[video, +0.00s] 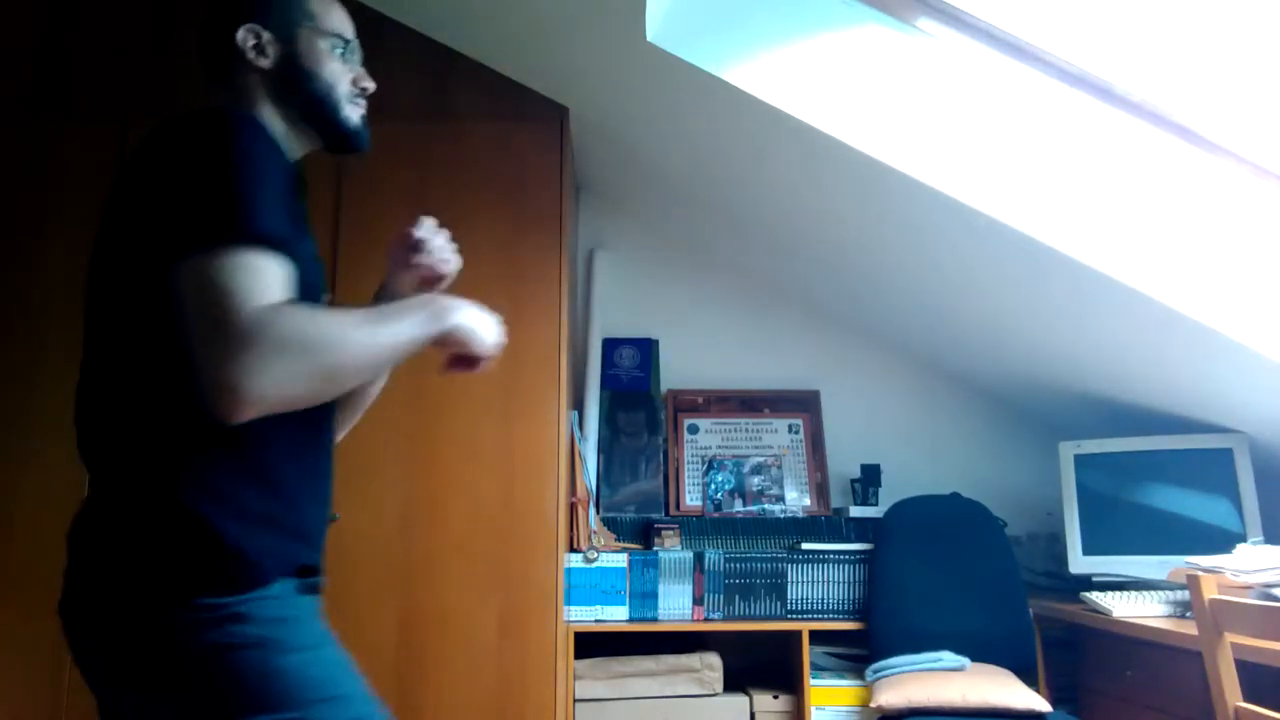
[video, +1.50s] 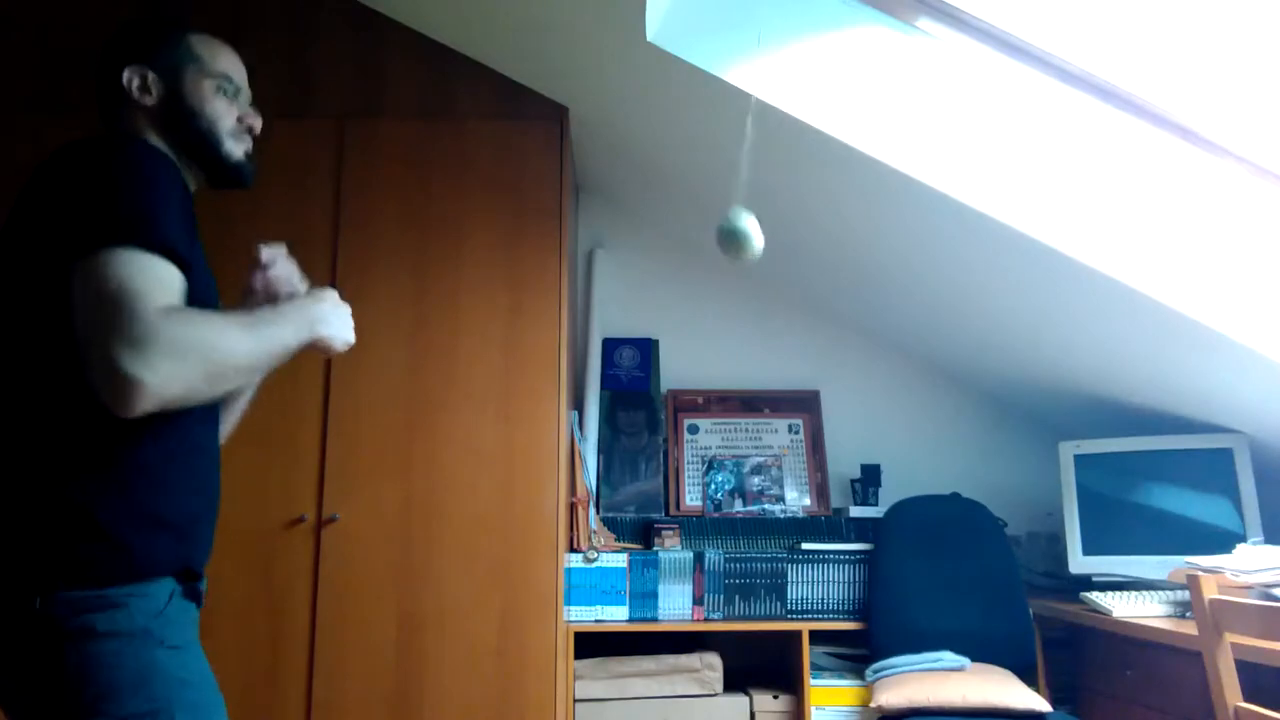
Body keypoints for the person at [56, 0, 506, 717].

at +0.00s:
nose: (366, 77)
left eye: (359, 55)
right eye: (339, 46)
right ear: (258, 47)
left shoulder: (253, 171)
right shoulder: (225, 147)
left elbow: (312, 423)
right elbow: (245, 368)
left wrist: (396, 304)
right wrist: (436, 315)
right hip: (215, 594)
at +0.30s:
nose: (338, 100)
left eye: (332, 83)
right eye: (310, 72)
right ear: (228, 76)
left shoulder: (242, 234)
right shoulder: (162, 174)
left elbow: (297, 444)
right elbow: (128, 392)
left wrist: (355, 326)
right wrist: (356, 313)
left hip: (199, 588)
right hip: (146, 587)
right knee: (300, 710)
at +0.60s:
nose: (393, 38)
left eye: (383, 17)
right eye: (364, 10)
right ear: (274, 10)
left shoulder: (215, 138)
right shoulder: (273, 130)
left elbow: (295, 389)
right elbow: (449, 330)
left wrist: (392, 272)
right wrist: (594, 221)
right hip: (252, 582)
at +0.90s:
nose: (377, 42)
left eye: (368, 18)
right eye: (352, 13)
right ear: (263, 15)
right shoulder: (239, 164)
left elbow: (315, 403)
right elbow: (313, 436)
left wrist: (372, 296)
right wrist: (516, 356)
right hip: (241, 610)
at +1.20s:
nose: (276, 91)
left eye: (267, 73)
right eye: (245, 63)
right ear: (162, 65)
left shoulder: (231, 249)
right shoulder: (73, 202)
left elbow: (309, 444)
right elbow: (14, 434)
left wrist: (304, 322)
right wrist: (239, 382)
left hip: (212, 627)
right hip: (111, 622)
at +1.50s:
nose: (254, 119)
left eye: (249, 100)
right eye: (228, 90)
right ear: (145, 88)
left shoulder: (148, 192)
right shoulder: (124, 171)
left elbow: (196, 428)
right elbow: (140, 363)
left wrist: (260, 320)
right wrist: (306, 319)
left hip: (128, 601)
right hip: (118, 605)